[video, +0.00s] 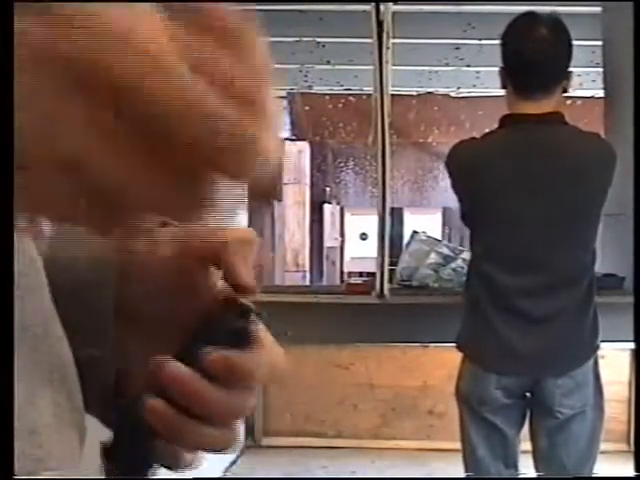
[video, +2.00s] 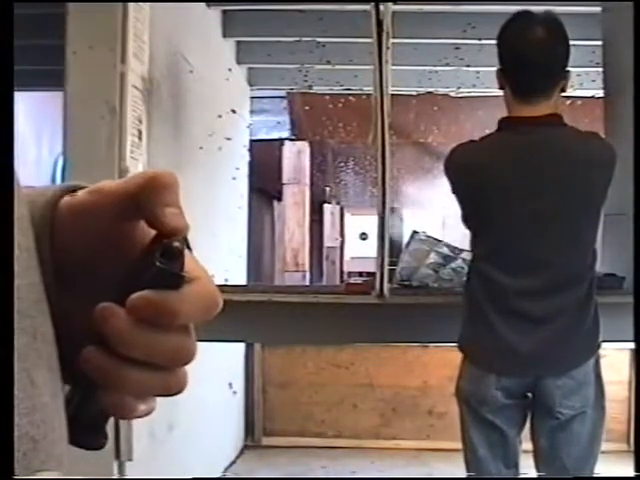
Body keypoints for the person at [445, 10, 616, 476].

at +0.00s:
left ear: (502, 77)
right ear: (567, 81)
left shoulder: (466, 159)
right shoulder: (598, 156)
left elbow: (478, 219)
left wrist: (526, 126)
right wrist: (548, 119)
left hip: (491, 356)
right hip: (568, 358)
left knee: (489, 472)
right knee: (568, 472)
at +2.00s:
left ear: (500, 81)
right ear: (565, 82)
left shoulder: (465, 162)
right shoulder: (597, 156)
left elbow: (484, 221)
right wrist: (547, 118)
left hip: (491, 359)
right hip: (570, 360)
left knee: (490, 472)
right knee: (569, 472)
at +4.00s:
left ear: (497, 79)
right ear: (562, 80)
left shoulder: (462, 161)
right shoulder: (594, 155)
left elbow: (478, 222)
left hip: (488, 359)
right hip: (567, 360)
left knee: (488, 472)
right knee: (567, 472)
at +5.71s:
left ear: (495, 80)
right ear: (560, 81)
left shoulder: (458, 162)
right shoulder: (591, 155)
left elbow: (474, 224)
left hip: (484, 361)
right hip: (565, 362)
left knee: (486, 472)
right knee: (565, 472)